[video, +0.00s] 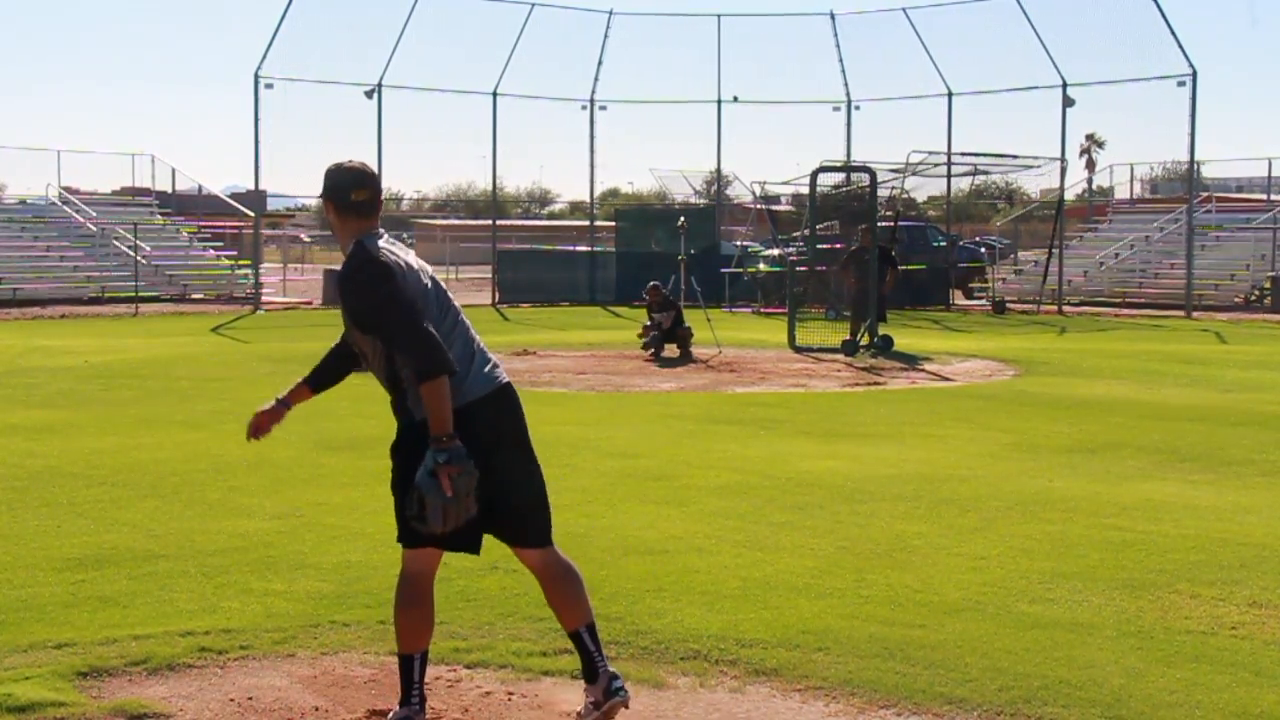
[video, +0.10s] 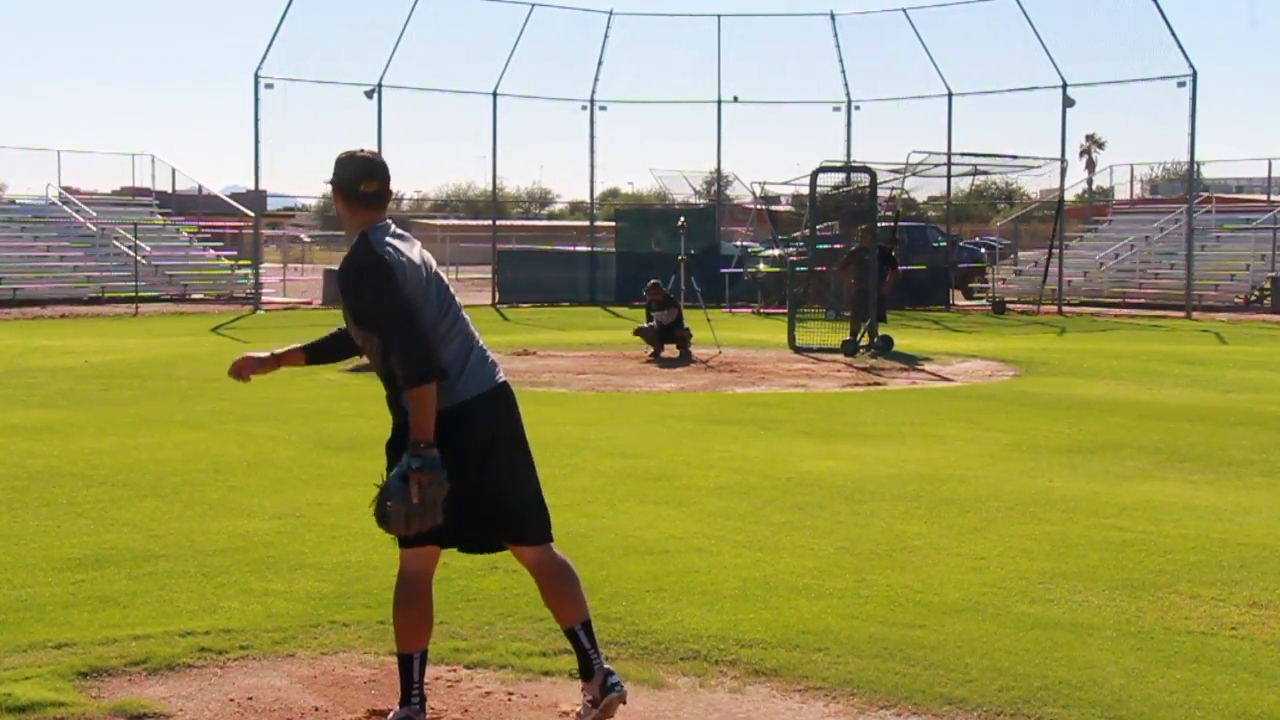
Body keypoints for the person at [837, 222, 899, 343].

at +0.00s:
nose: (865, 239)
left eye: (868, 236)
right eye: (863, 236)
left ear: (873, 237)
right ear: (860, 237)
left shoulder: (883, 252)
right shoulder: (855, 252)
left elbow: (894, 268)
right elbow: (843, 268)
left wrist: (888, 284)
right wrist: (850, 281)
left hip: (877, 289)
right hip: (860, 288)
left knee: (874, 316)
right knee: (856, 316)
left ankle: (872, 341)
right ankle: (852, 340)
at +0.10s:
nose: (865, 239)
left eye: (867, 236)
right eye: (863, 236)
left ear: (873, 237)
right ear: (859, 238)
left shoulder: (883, 252)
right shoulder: (856, 252)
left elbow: (893, 268)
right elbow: (843, 267)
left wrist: (887, 285)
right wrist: (850, 282)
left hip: (877, 289)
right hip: (860, 288)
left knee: (874, 317)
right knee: (856, 317)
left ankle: (872, 342)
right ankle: (852, 341)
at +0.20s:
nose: (864, 239)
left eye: (866, 236)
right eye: (862, 236)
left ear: (873, 237)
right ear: (859, 237)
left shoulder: (882, 251)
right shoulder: (856, 252)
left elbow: (894, 266)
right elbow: (842, 267)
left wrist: (888, 284)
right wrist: (850, 281)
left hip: (877, 289)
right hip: (860, 288)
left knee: (874, 317)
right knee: (856, 317)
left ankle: (873, 341)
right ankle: (852, 340)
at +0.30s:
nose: (864, 239)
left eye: (866, 236)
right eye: (862, 236)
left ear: (873, 237)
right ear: (859, 237)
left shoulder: (882, 251)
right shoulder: (856, 252)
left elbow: (894, 265)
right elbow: (842, 266)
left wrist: (888, 283)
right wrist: (850, 280)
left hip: (877, 288)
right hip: (860, 288)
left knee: (874, 317)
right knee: (856, 317)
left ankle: (872, 342)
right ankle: (852, 341)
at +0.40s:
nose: (865, 239)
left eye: (867, 236)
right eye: (863, 236)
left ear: (873, 237)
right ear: (861, 237)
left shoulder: (884, 251)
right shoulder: (857, 252)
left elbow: (895, 267)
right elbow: (844, 267)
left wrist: (888, 284)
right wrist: (850, 281)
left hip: (877, 289)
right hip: (860, 288)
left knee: (874, 316)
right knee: (856, 316)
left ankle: (873, 341)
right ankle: (852, 340)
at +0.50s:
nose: (866, 239)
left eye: (869, 236)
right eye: (865, 236)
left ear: (875, 237)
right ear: (862, 237)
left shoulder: (886, 252)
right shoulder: (857, 252)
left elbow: (896, 268)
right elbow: (845, 267)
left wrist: (889, 284)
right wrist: (850, 281)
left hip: (878, 289)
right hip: (861, 288)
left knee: (875, 316)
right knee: (856, 316)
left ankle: (873, 341)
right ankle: (852, 340)